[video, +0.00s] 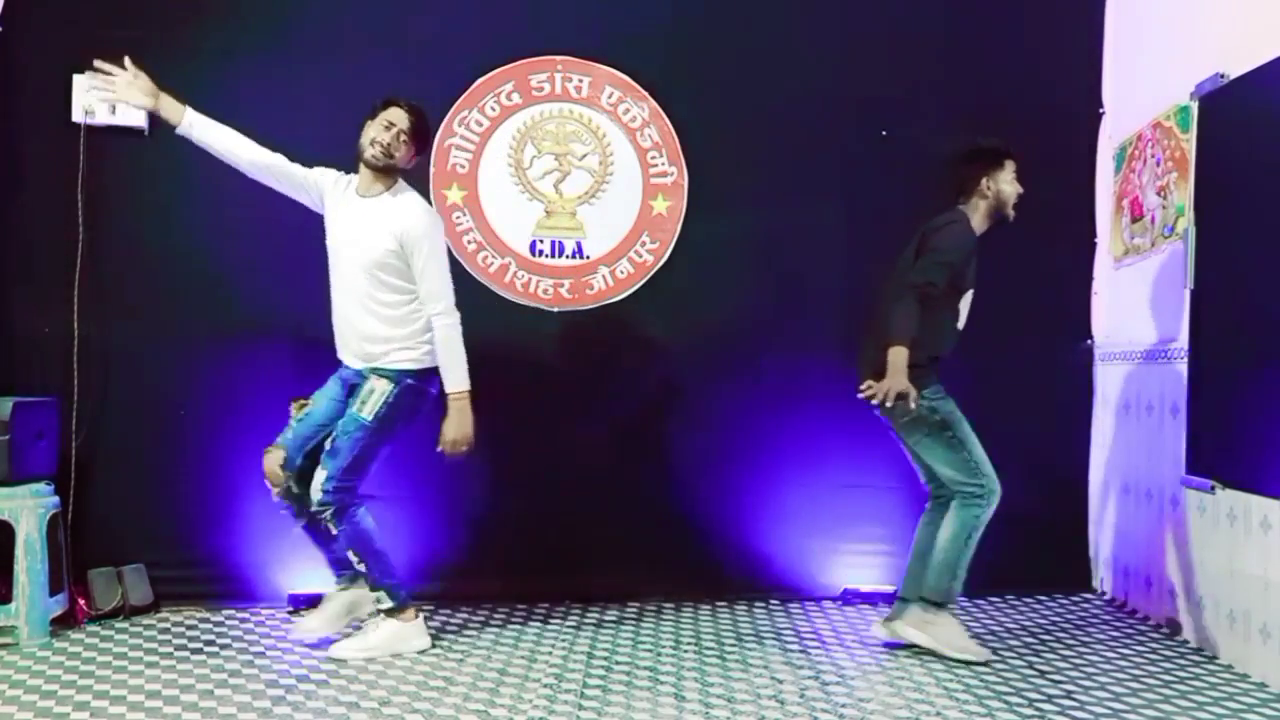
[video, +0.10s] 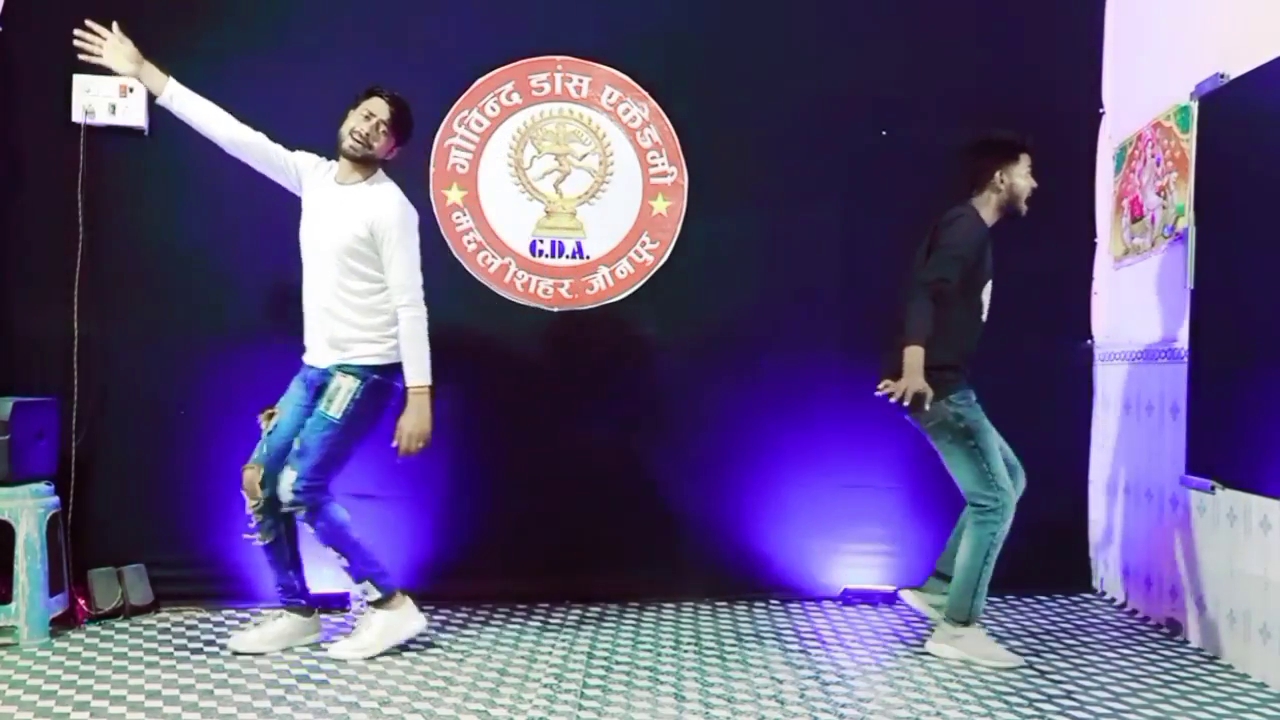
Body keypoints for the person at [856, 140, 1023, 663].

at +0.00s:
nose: (1019, 189)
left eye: (1018, 179)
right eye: (1013, 178)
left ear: (982, 184)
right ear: (985, 182)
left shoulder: (955, 232)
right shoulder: (956, 232)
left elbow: (916, 299)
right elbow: (909, 292)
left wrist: (897, 371)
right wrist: (897, 368)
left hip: (900, 382)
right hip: (916, 383)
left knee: (945, 493)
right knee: (980, 489)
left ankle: (908, 611)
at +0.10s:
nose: (1031, 183)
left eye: (1030, 173)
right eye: (1026, 172)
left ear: (997, 177)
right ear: (1000, 176)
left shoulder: (977, 228)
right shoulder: (965, 227)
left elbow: (939, 298)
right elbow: (925, 291)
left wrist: (917, 369)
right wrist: (914, 367)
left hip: (951, 385)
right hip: (940, 389)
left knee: (1011, 479)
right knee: (992, 499)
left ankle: (941, 586)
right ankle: (958, 627)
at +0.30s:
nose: (1052, 174)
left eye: (1051, 164)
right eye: (1046, 163)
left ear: (1019, 169)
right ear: (1017, 167)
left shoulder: (999, 232)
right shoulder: (972, 225)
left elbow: (988, 310)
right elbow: (938, 303)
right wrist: (931, 384)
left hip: (1006, 389)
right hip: (976, 392)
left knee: (1047, 500)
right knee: (1017, 503)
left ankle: (1014, 617)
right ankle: (962, 623)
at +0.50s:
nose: (991, 170)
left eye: (1002, 160)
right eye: (981, 159)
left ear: (1019, 167)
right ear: (965, 166)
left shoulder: (1035, 234)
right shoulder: (946, 235)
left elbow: (1060, 314)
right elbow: (933, 326)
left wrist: (1079, 385)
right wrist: (944, 408)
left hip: (1050, 388)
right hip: (987, 390)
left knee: (1087, 501)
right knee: (1004, 509)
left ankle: (1041, 610)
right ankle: (983, 621)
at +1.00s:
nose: (971, 166)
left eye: (980, 154)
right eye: (969, 157)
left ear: (1015, 153)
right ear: (979, 163)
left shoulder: (1064, 208)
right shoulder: (978, 235)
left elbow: (1111, 272)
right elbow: (975, 320)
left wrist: (1139, 335)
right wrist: (971, 391)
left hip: (1067, 381)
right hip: (998, 384)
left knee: (1080, 509)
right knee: (994, 504)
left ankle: (1087, 624)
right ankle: (983, 620)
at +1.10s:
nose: (981, 148)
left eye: (994, 140)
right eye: (981, 141)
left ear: (1025, 154)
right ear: (985, 154)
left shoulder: (1052, 205)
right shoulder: (975, 227)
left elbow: (1107, 263)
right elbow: (986, 313)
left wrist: (1139, 265)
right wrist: (956, 368)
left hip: (1064, 382)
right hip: (996, 382)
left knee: (1079, 507)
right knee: (985, 501)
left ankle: (1089, 623)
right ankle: (1000, 618)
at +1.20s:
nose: (981, 147)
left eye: (996, 145)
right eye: (985, 140)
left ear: (1019, 168)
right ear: (982, 157)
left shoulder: (1035, 211)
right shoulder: (964, 224)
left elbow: (1109, 270)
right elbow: (984, 302)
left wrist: (1106, 224)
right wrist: (943, 337)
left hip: (1054, 381)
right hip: (994, 380)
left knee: (1072, 506)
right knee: (975, 494)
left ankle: (1091, 623)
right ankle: (1016, 614)